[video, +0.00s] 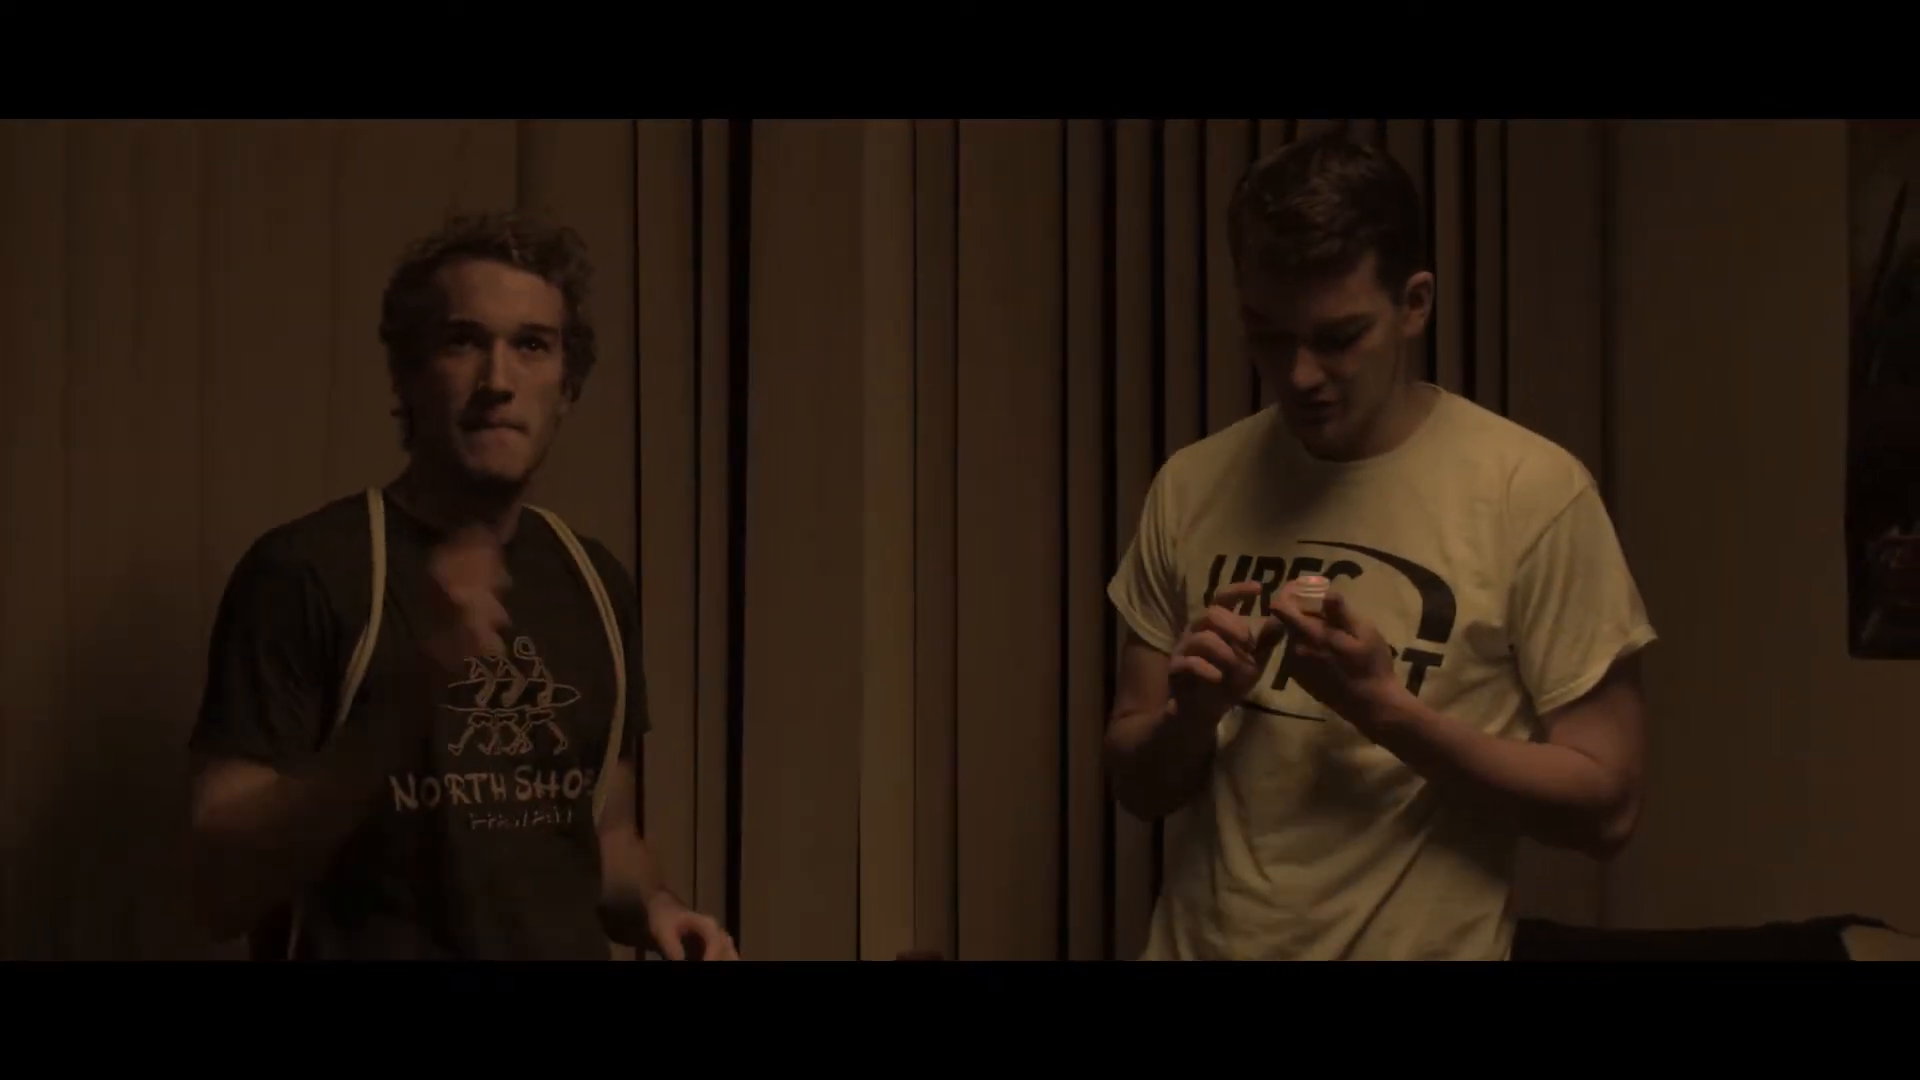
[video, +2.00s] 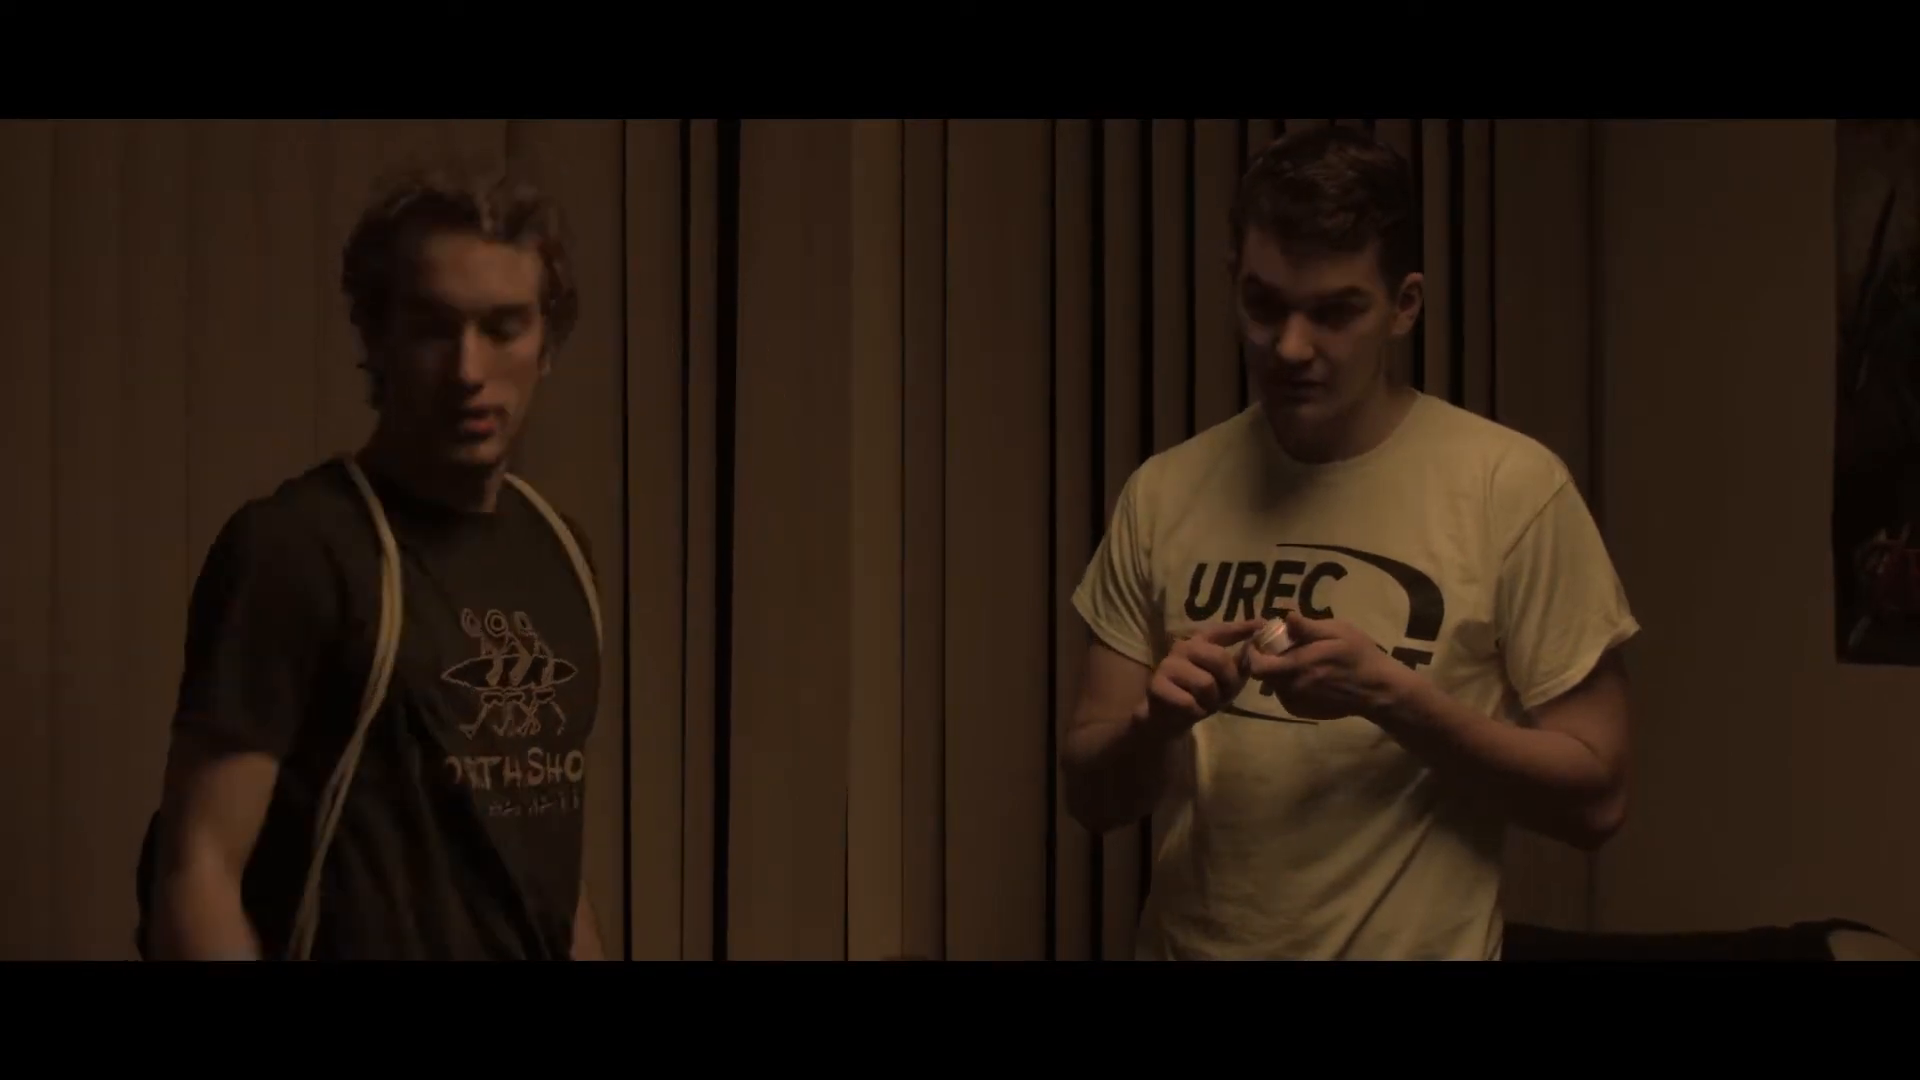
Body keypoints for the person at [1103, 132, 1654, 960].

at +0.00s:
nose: (1301, 376)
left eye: (1340, 338)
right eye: (1273, 338)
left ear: (1415, 305)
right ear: (1245, 312)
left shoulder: (1532, 494)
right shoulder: (1189, 490)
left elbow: (1606, 803)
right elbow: (1136, 786)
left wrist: (1385, 707)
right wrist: (1192, 714)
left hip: (1426, 946)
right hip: (1204, 943)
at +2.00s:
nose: (1292, 349)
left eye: (1334, 313)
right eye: (1266, 307)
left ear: (1404, 305)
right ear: (1239, 292)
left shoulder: (1513, 491)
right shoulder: (1162, 496)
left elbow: (1595, 798)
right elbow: (1089, 798)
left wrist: (1395, 693)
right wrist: (1154, 724)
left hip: (1418, 945)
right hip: (1194, 942)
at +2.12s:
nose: (1298, 339)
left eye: (1339, 301)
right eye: (1270, 297)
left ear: (1405, 299)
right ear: (1238, 286)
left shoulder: (1513, 492)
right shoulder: (1160, 497)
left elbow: (1595, 797)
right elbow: (1088, 798)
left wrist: (1390, 693)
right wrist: (1158, 724)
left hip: (1418, 945)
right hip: (1195, 941)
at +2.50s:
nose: (1287, 320)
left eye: (1330, 283)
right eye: (1260, 280)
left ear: (1400, 292)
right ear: (1231, 283)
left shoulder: (1510, 490)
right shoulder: (1159, 498)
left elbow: (1594, 794)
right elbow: (1092, 798)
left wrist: (1382, 693)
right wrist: (1176, 713)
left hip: (1418, 945)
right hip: (1191, 943)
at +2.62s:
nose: (1265, 318)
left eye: (1309, 281)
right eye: (1245, 280)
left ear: (1391, 290)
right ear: (1224, 284)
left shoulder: (1510, 490)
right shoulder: (1160, 495)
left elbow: (1593, 794)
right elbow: (1095, 807)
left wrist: (1380, 693)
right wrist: (1164, 677)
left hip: (1415, 945)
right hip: (1190, 942)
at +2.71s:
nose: (1247, 314)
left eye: (1292, 279)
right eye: (1233, 280)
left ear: (1381, 291)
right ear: (1214, 281)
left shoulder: (1510, 489)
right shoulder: (1159, 492)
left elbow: (1594, 794)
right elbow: (1091, 808)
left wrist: (1380, 694)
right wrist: (1145, 666)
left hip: (1411, 945)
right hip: (1186, 943)